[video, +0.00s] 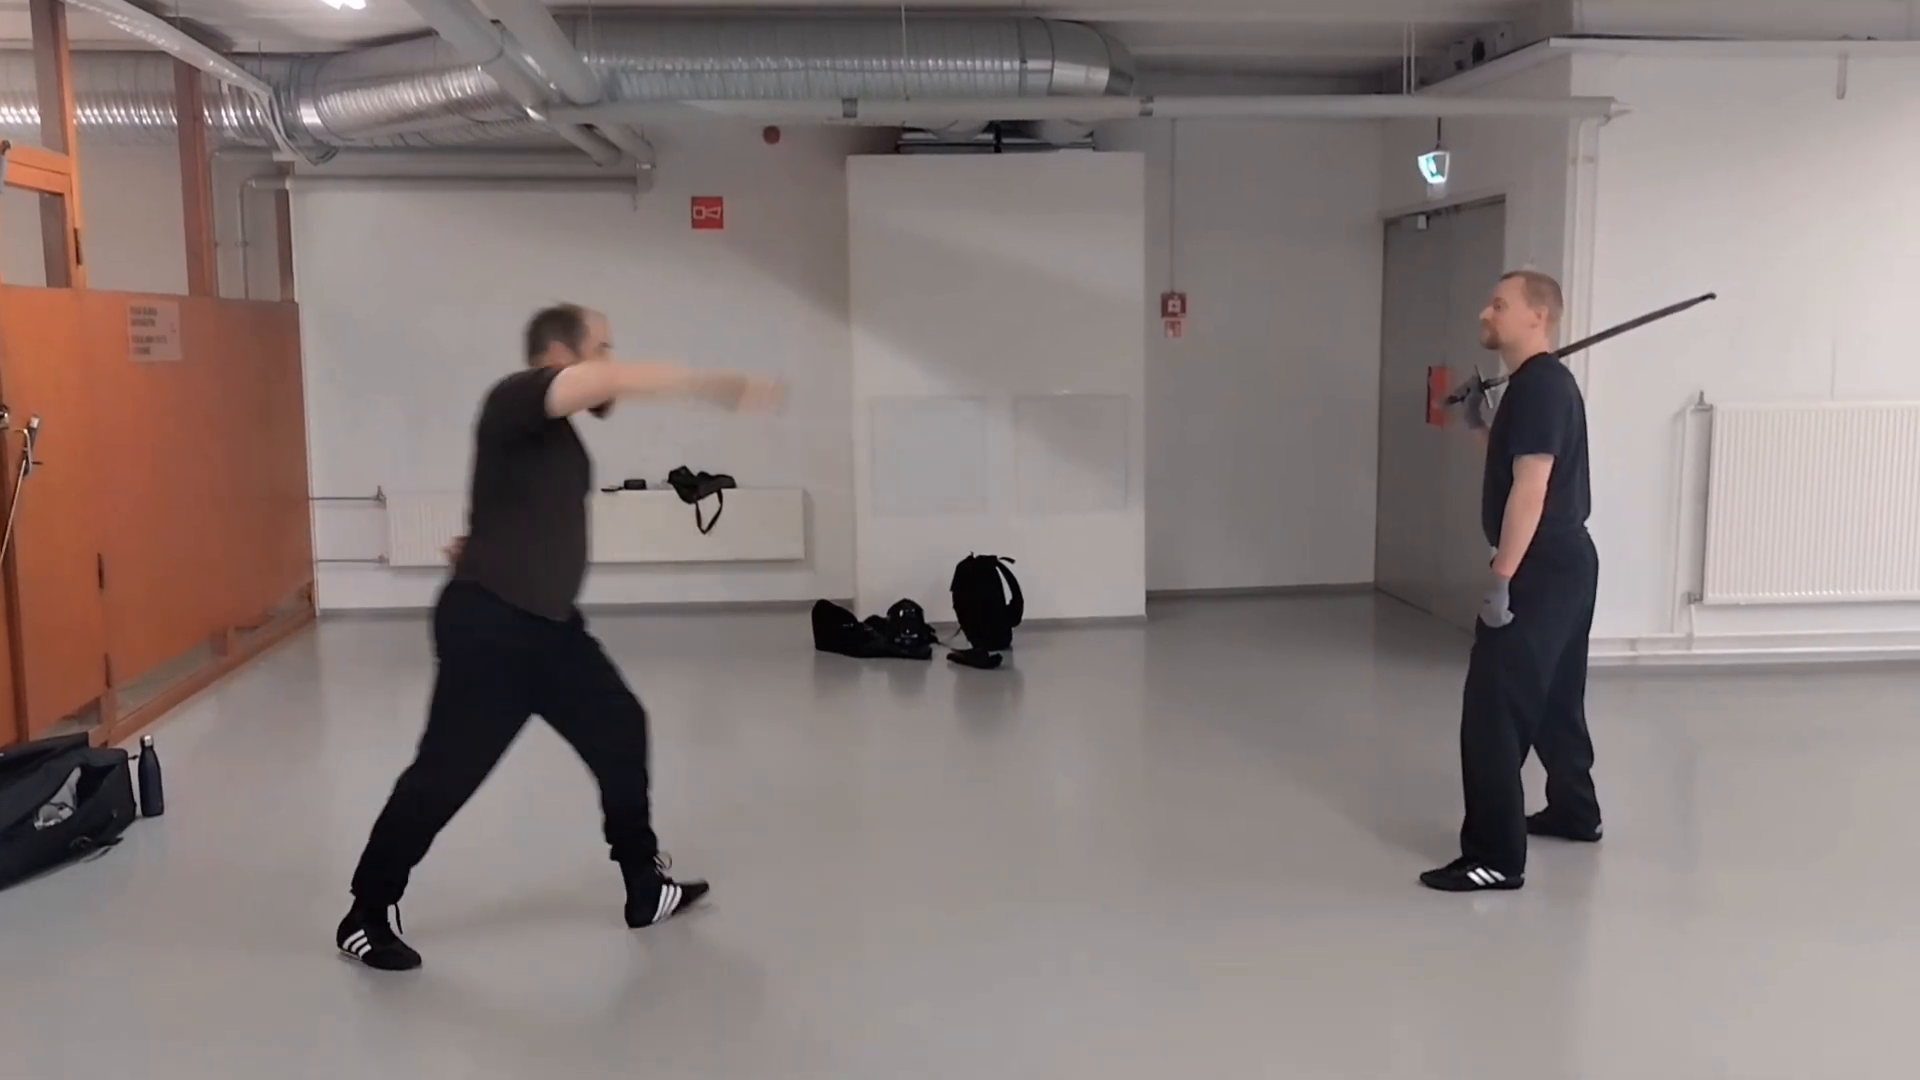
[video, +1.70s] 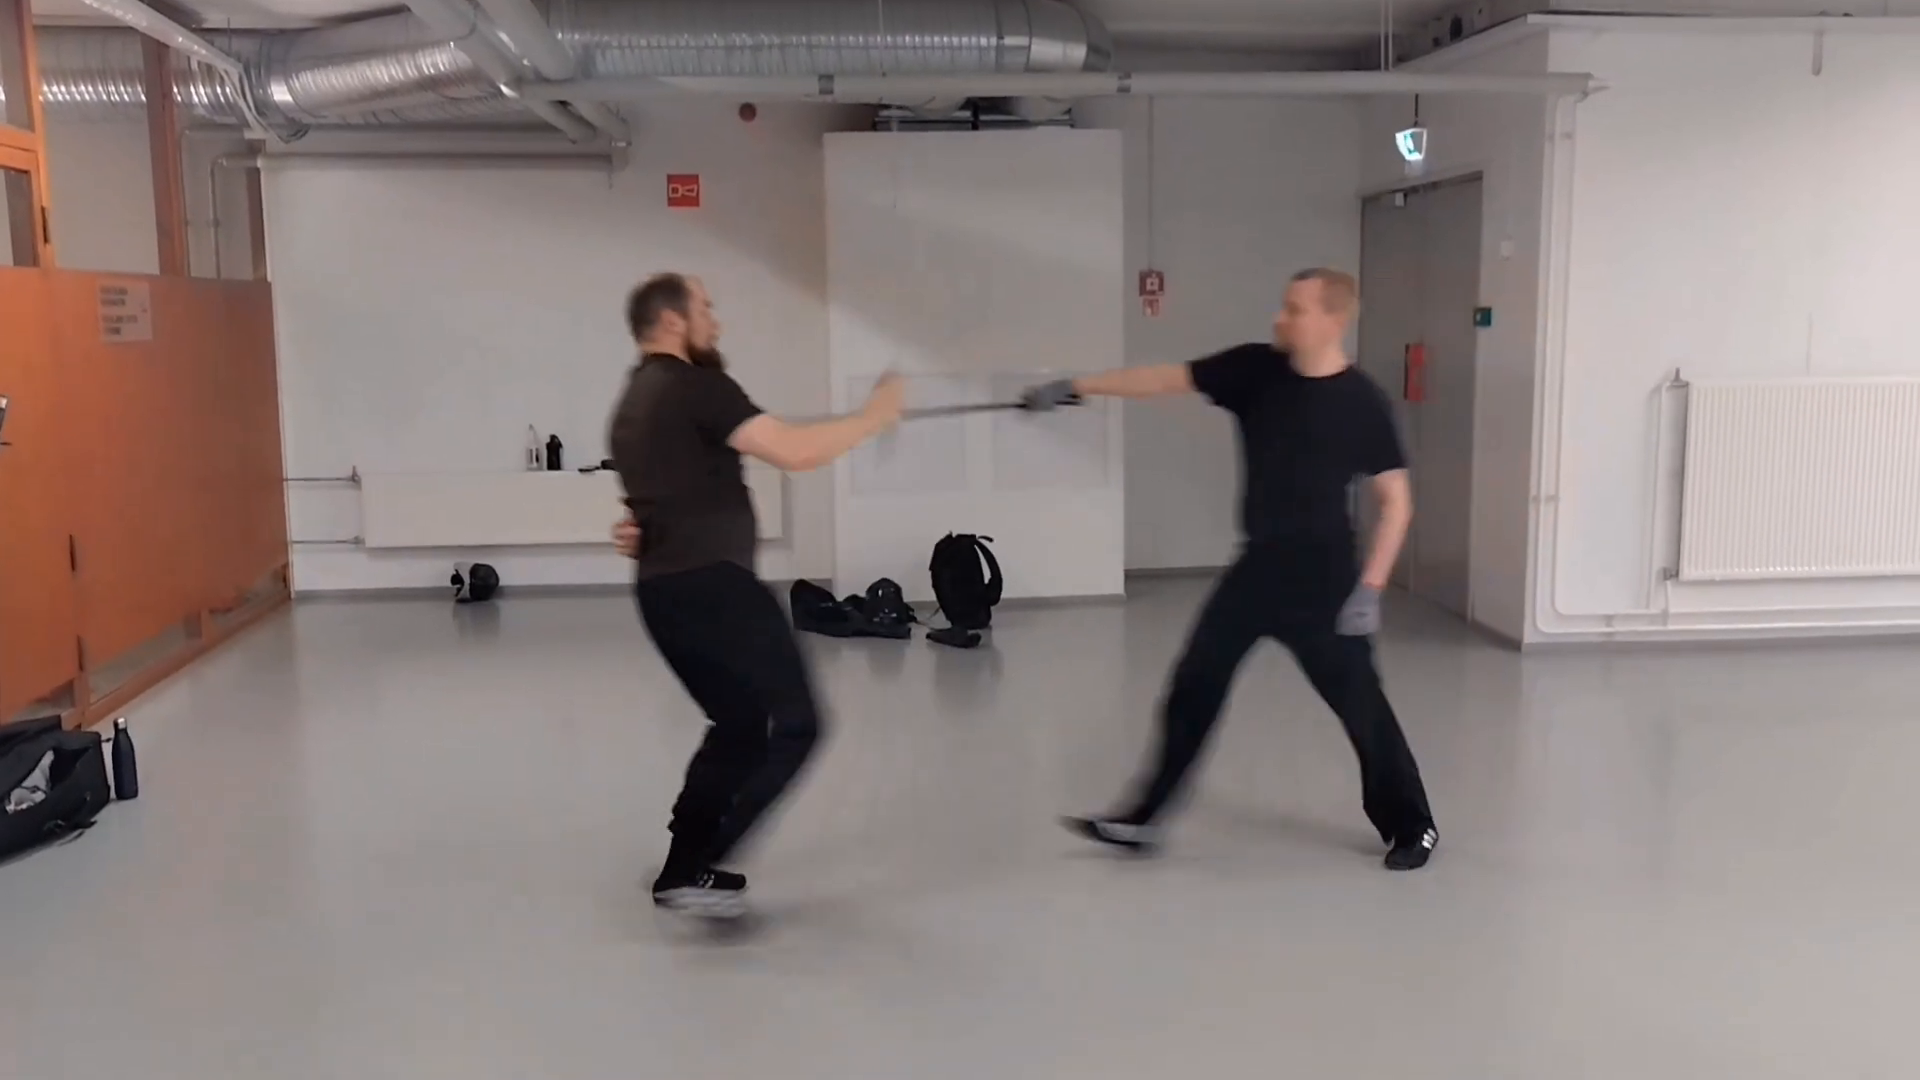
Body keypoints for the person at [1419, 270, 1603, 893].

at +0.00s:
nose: (1485, 314)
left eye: (1498, 305)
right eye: (1488, 305)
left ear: (1538, 317)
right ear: (1538, 321)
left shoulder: (1538, 383)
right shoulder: (1543, 381)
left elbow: (1533, 483)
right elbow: (1516, 466)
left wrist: (1500, 578)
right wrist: (1480, 423)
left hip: (1540, 567)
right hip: (1563, 561)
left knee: (1490, 708)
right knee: (1555, 694)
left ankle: (1494, 859)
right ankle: (1575, 811)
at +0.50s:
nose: (1481, 316)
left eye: (1493, 306)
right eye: (1483, 306)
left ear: (1533, 317)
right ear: (1517, 319)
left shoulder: (1546, 385)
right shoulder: (1501, 386)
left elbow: (1541, 486)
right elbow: (1433, 441)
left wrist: (1505, 572)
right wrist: (1428, 373)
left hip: (1524, 567)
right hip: (1504, 562)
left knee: (1483, 708)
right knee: (1524, 693)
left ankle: (1485, 858)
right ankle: (1565, 808)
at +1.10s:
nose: (1449, 312)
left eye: (1461, 302)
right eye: (1450, 302)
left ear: (1501, 311)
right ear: (1466, 314)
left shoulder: (1530, 383)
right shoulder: (1446, 375)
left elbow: (1539, 478)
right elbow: (1410, 431)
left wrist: (1507, 560)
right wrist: (1376, 452)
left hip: (1506, 548)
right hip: (1458, 546)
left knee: (1472, 681)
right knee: (1492, 676)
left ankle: (1481, 836)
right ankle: (1555, 787)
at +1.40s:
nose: (1385, 313)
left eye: (1399, 304)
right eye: (1386, 303)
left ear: (1439, 316)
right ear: (1392, 314)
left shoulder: (1470, 390)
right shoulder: (1373, 378)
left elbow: (1499, 490)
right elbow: (1338, 449)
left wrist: (1466, 571)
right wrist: (1294, 467)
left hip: (1440, 560)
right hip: (1386, 557)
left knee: (1400, 685)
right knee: (1434, 675)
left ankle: (1419, 829)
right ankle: (1513, 751)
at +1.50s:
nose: (1358, 311)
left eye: (1373, 303)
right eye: (1361, 301)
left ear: (1413, 316)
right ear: (1377, 313)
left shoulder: (1441, 391)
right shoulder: (1344, 371)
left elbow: (1469, 493)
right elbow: (1276, 415)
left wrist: (1432, 574)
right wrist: (1204, 437)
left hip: (1411, 565)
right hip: (1354, 558)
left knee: (1388, 702)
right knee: (1343, 694)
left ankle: (1416, 834)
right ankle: (1430, 739)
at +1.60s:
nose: (1323, 313)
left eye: (1337, 305)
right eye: (1326, 302)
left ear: (1377, 316)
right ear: (1340, 311)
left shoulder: (1404, 394)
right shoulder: (1304, 368)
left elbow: (1438, 494)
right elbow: (1216, 388)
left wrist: (1406, 582)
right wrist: (1131, 404)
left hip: (1376, 567)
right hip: (1314, 560)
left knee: (1376, 706)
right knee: (1262, 681)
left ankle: (1415, 833)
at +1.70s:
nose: (1280, 319)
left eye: (1294, 310)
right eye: (1282, 308)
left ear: (1334, 321)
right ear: (1297, 316)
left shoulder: (1361, 400)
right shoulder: (1255, 369)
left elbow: (1394, 501)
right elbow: (1165, 380)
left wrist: (1370, 588)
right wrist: (1074, 387)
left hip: (1324, 580)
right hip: (1257, 572)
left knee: (1362, 707)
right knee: (1197, 683)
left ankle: (1412, 826)